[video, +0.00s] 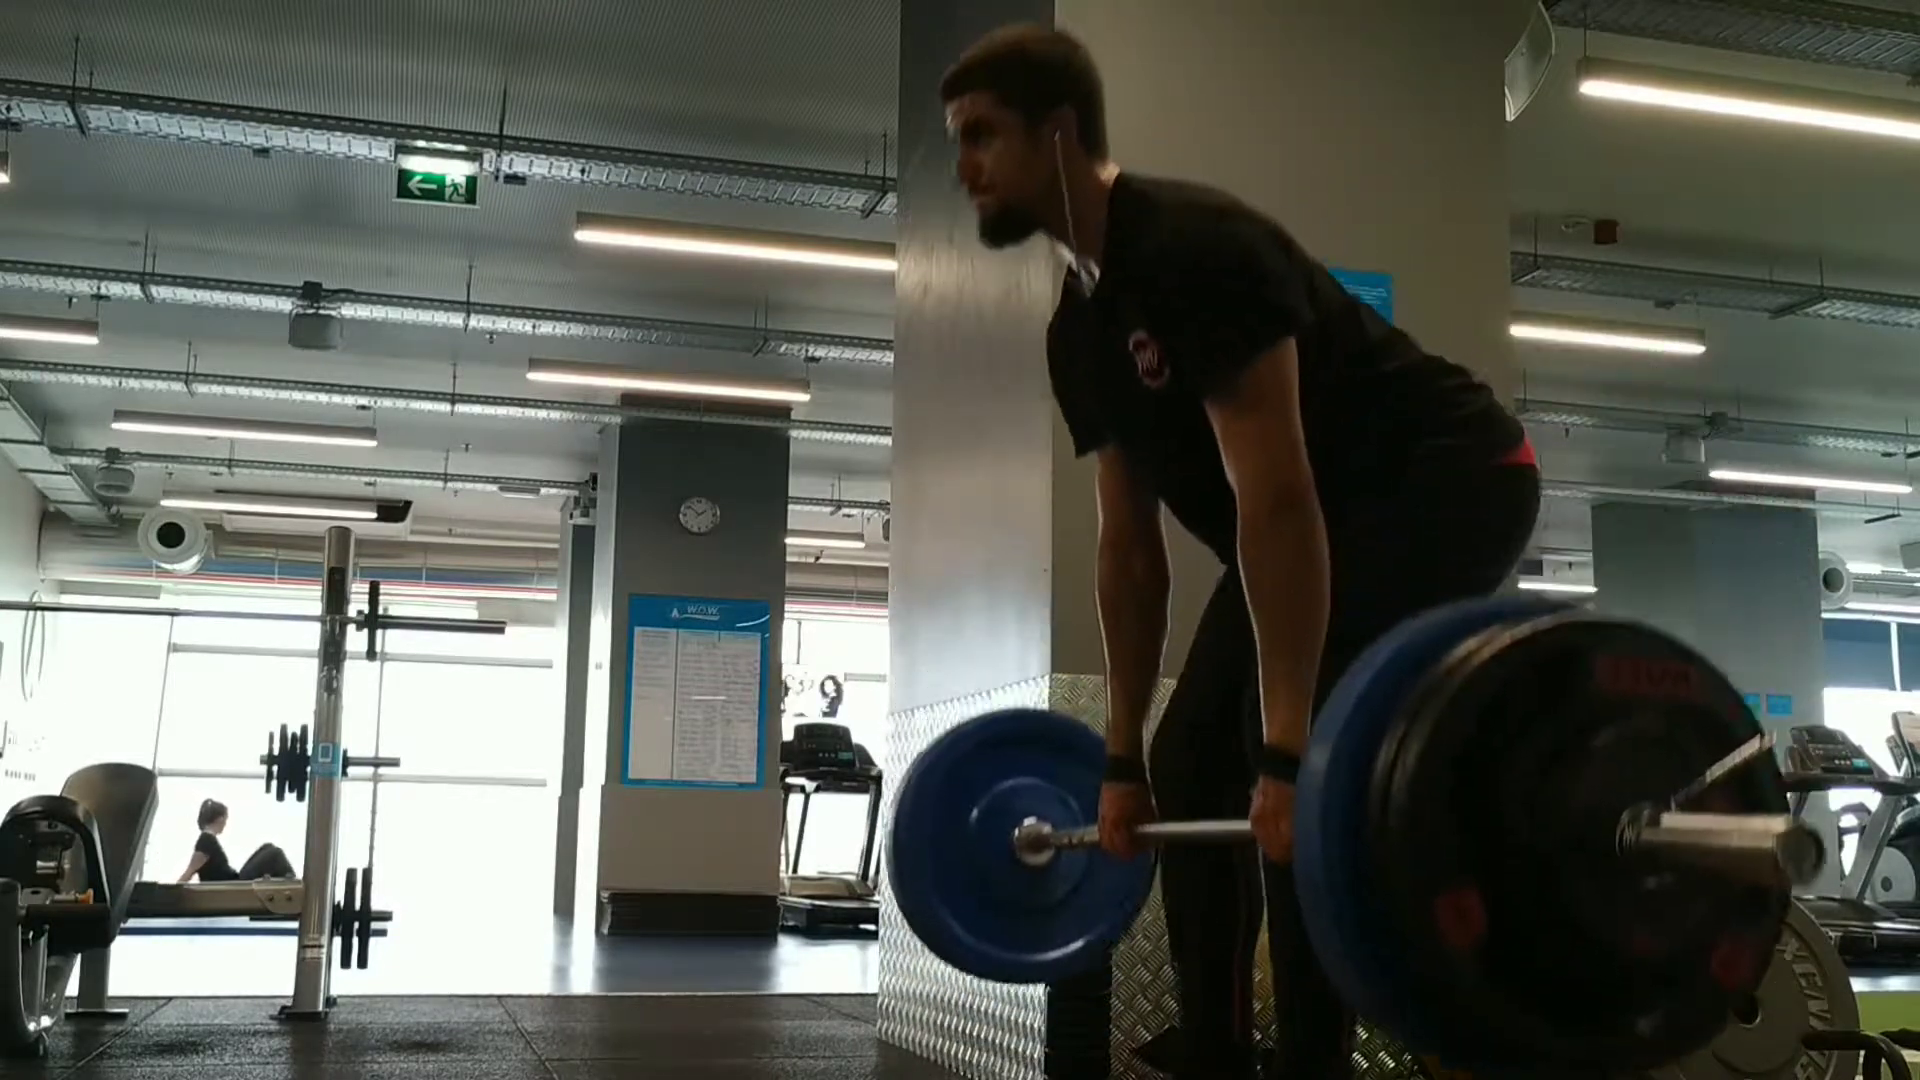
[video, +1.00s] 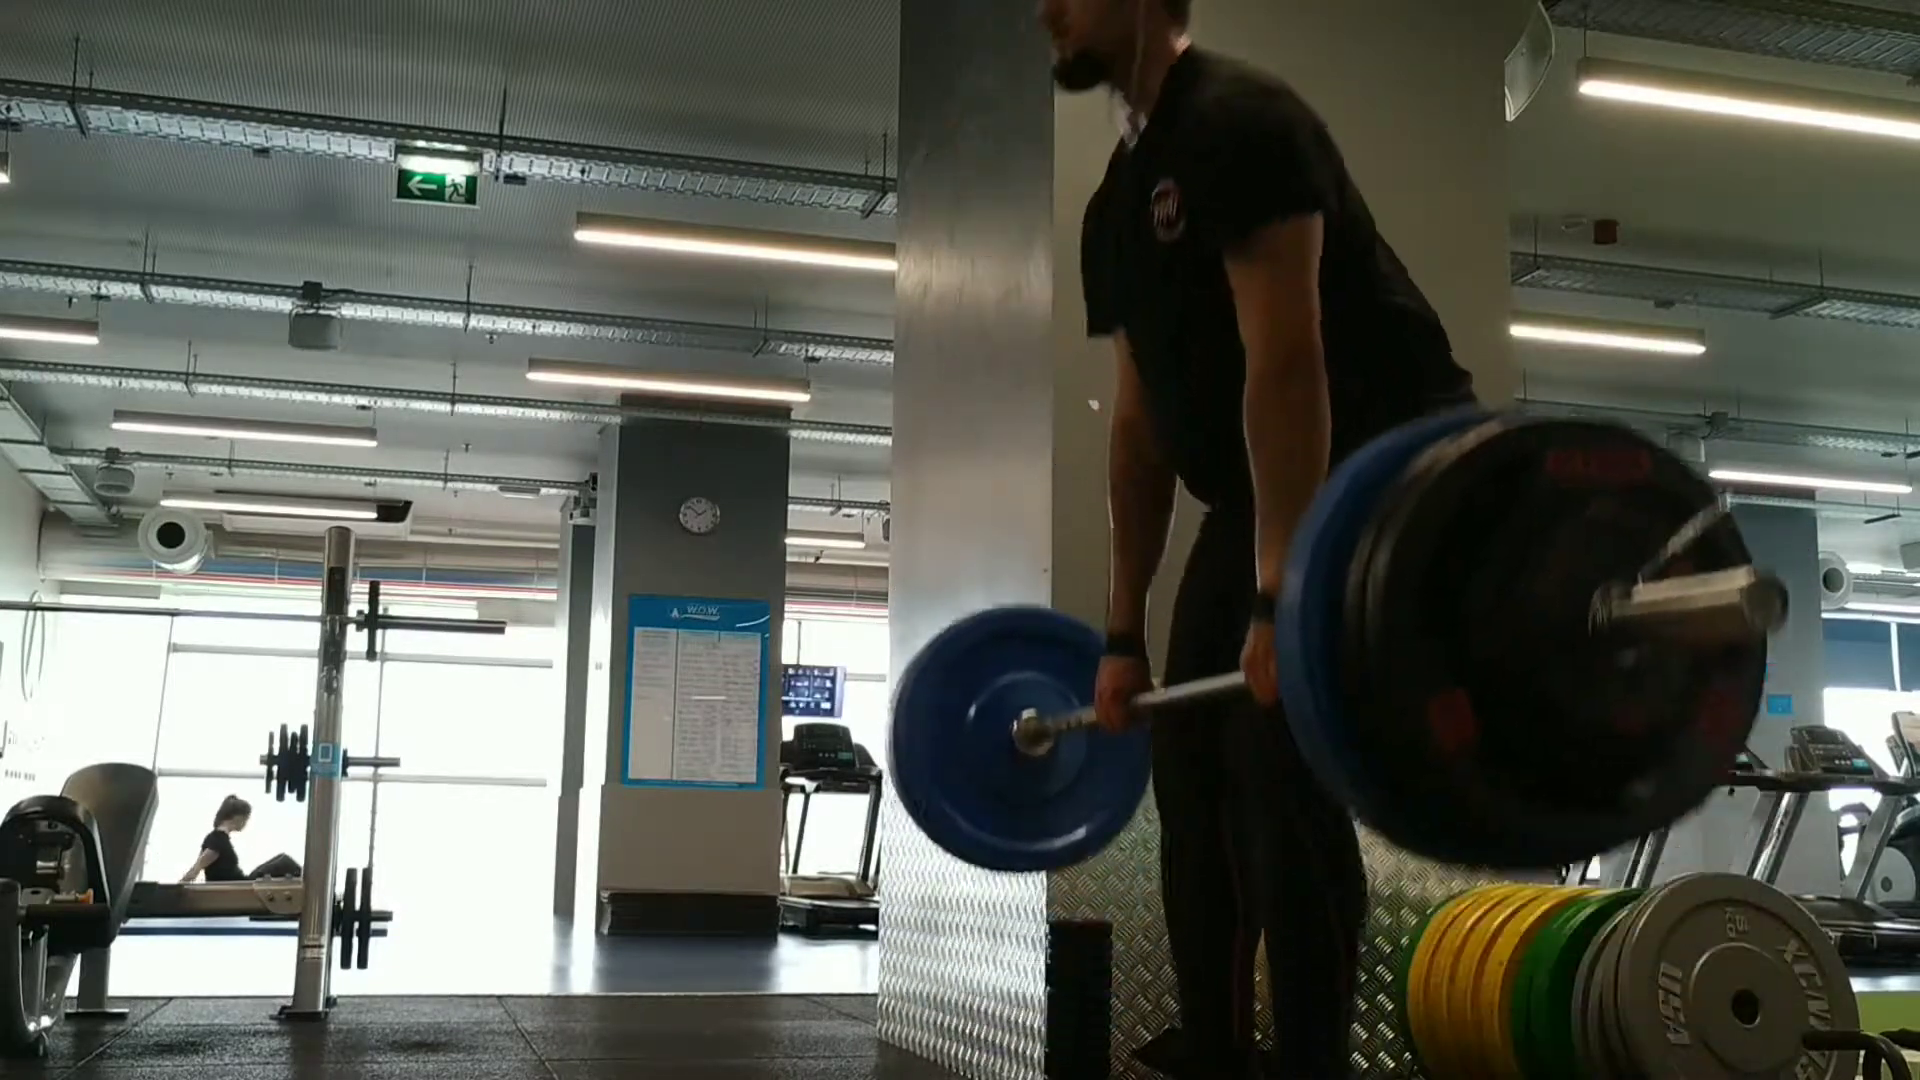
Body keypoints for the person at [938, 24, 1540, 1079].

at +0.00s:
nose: (965, 169)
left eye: (980, 138)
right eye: (958, 145)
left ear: (1061, 131)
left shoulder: (1196, 245)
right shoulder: (1078, 327)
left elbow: (1281, 508)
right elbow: (1128, 550)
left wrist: (1284, 756)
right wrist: (1122, 756)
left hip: (1442, 491)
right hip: (1303, 521)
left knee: (1311, 772)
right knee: (1194, 762)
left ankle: (1313, 1056)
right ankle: (1210, 1040)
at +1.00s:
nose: (1047, 15)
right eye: (1048, 2)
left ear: (1142, 2)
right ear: (1119, 16)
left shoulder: (1241, 116)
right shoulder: (1115, 199)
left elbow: (1290, 364)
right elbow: (1137, 422)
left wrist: (1280, 598)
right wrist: (1123, 634)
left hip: (1377, 486)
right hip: (1252, 503)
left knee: (1283, 752)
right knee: (1184, 747)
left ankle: (1311, 1058)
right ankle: (1211, 1043)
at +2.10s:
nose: (968, 147)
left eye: (984, 116)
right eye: (961, 124)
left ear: (1067, 108)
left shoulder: (1199, 225)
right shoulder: (1083, 303)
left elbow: (1279, 487)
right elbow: (1128, 523)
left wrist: (1278, 731)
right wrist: (1114, 743)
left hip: (1431, 501)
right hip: (1294, 524)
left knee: (1311, 775)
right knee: (1189, 769)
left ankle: (1310, 1059)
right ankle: (1211, 1045)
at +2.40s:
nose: (926, 276)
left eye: (945, 246)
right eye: (923, 252)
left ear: (1027, 240)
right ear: (1017, 249)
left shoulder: (1172, 340)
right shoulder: (1059, 424)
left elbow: (1264, 610)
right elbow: (1110, 635)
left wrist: (1277, 871)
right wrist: (1110, 853)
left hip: (1452, 505)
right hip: (1312, 547)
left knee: (1271, 747)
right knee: (1165, 757)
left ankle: (1316, 1044)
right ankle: (1202, 1045)